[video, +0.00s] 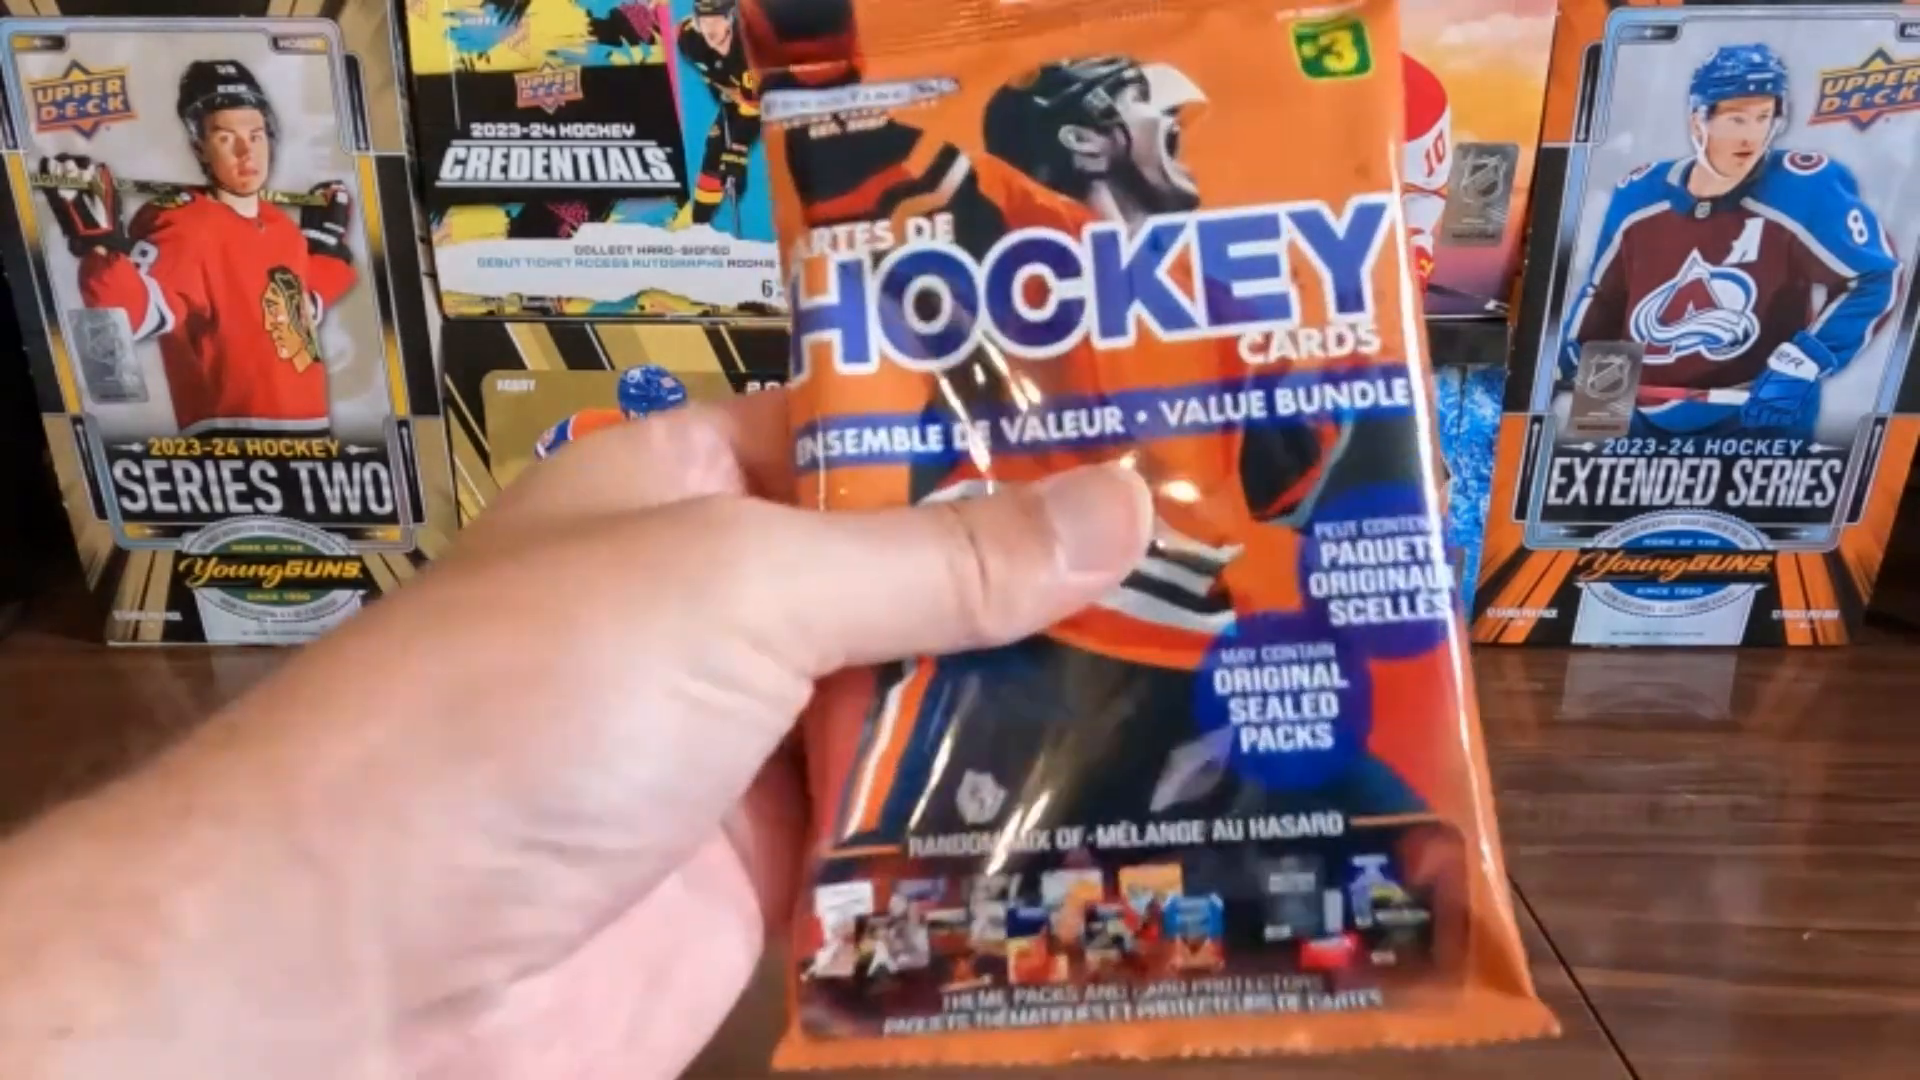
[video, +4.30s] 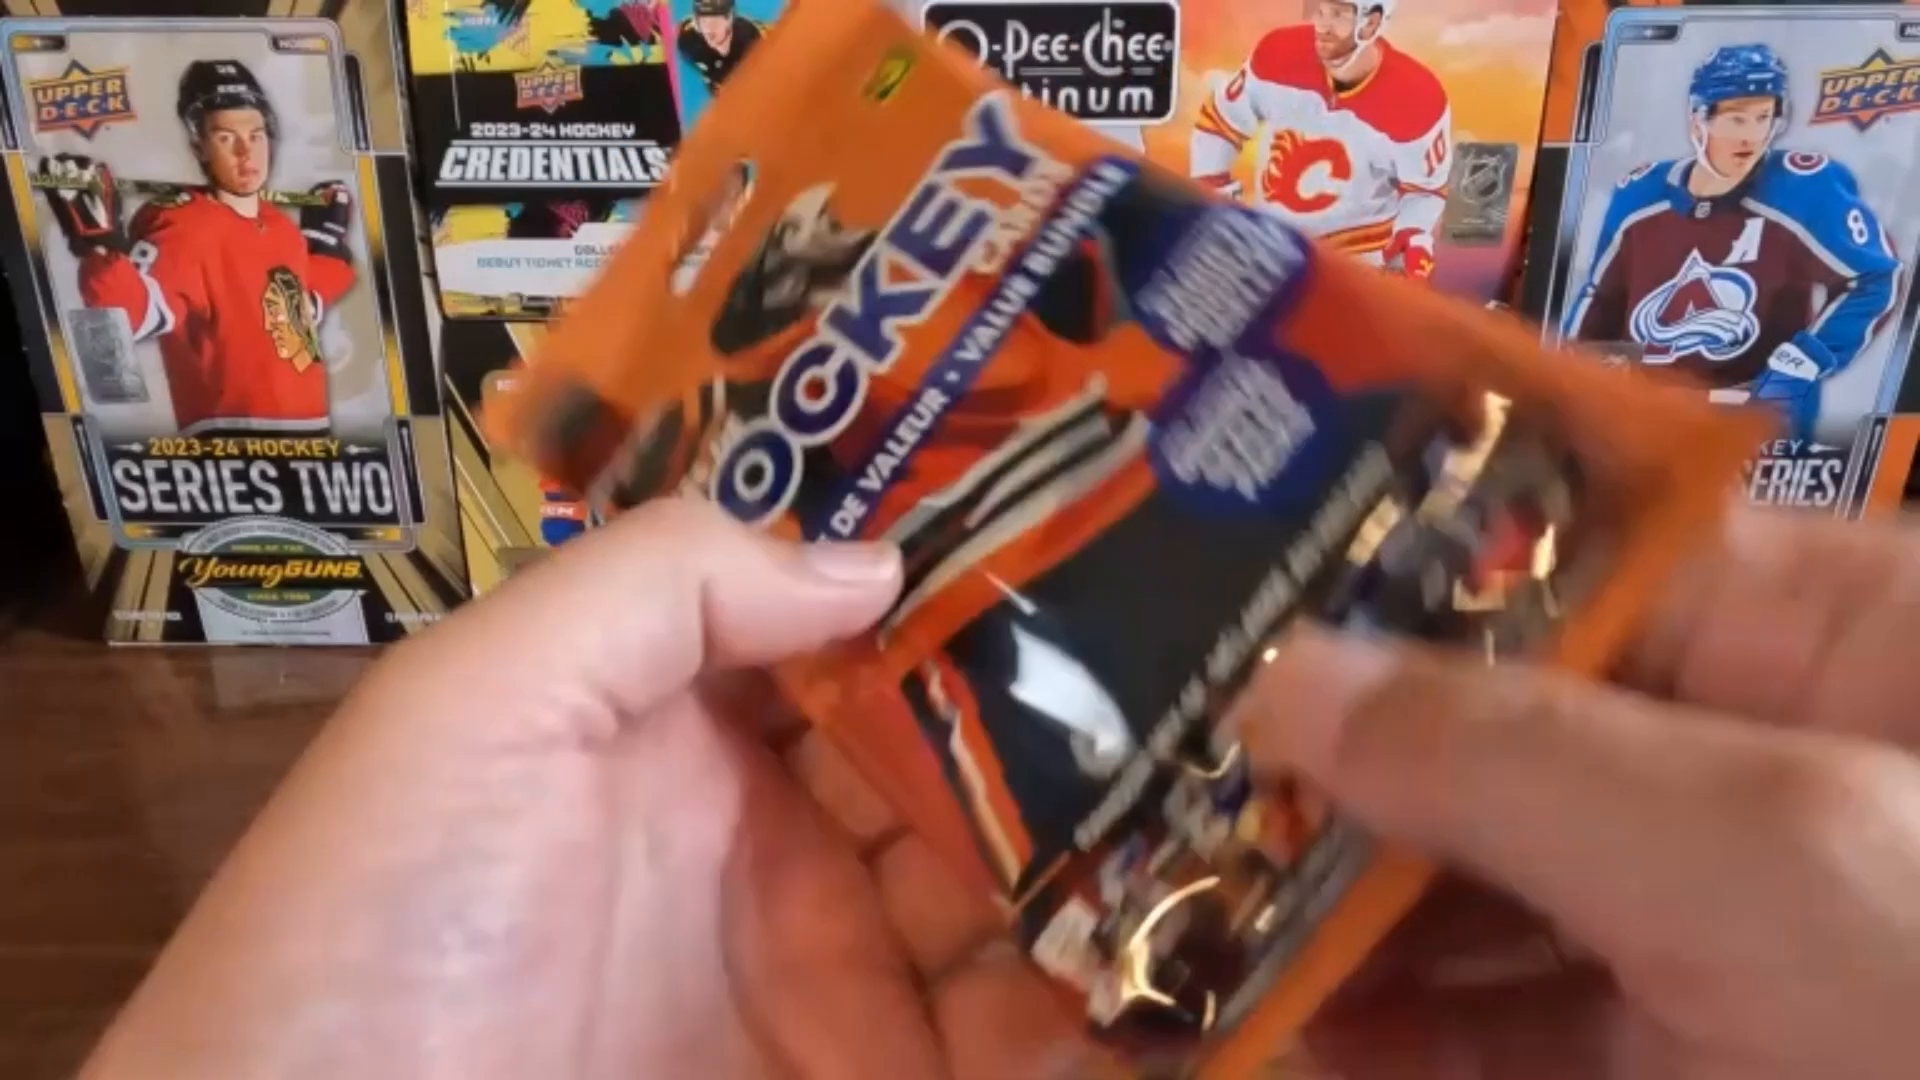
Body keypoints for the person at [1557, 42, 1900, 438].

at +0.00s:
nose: (1749, 135)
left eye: (1762, 118)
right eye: (1734, 119)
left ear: (1775, 123)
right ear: (1698, 124)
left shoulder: (1803, 193)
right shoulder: (1638, 197)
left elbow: (1877, 279)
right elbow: (1600, 295)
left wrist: (1800, 365)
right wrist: (1576, 367)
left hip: (1744, 426)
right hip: (1637, 421)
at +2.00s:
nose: (1750, 135)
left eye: (1762, 118)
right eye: (1734, 119)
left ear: (1775, 123)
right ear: (1698, 124)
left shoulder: (1804, 193)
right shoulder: (1637, 197)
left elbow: (1878, 279)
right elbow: (1600, 297)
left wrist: (1801, 365)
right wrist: (1572, 366)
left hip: (1744, 427)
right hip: (1636, 422)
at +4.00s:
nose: (1750, 135)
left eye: (1762, 118)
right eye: (1735, 119)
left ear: (1775, 123)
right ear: (1698, 124)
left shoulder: (1804, 192)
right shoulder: (1638, 196)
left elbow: (1878, 279)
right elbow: (1600, 296)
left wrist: (1802, 364)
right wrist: (1576, 366)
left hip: (1744, 427)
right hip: (1637, 421)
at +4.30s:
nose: (1750, 137)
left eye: (1762, 119)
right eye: (1735, 119)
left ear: (1775, 123)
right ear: (1698, 124)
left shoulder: (1806, 194)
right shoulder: (1639, 198)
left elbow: (1878, 281)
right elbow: (1597, 301)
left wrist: (1796, 370)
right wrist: (1563, 380)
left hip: (1749, 415)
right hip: (1642, 412)